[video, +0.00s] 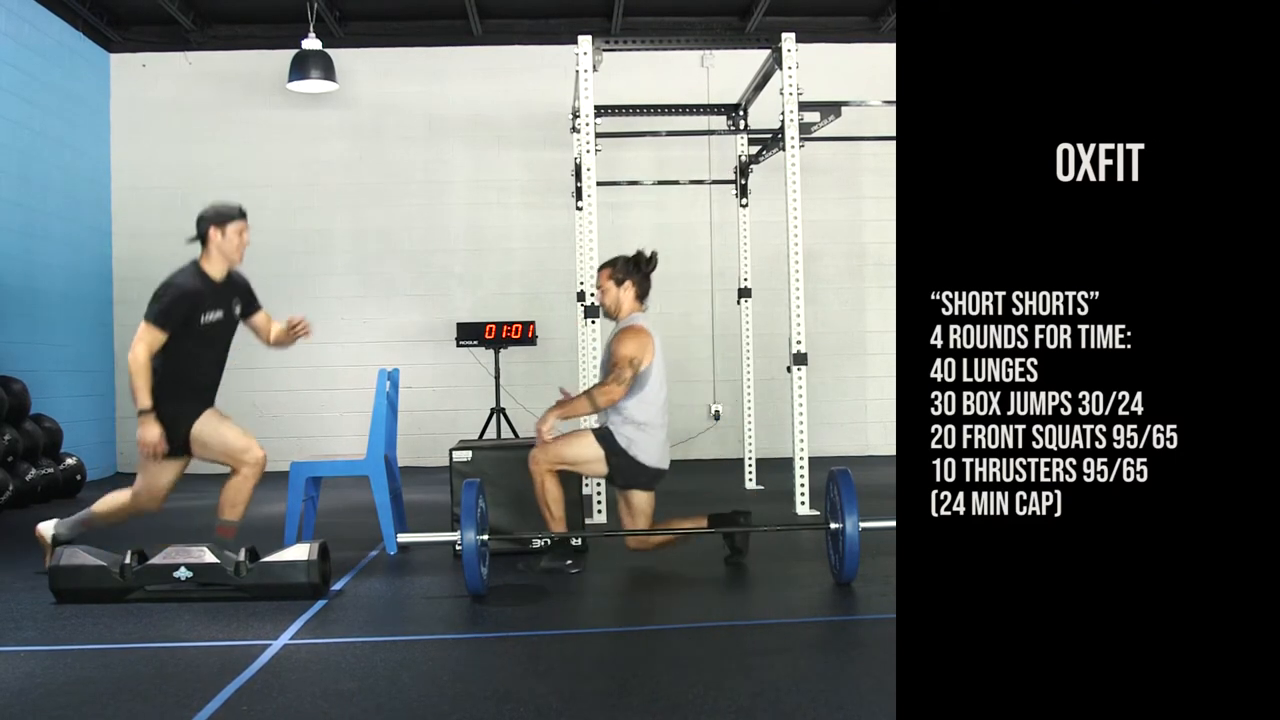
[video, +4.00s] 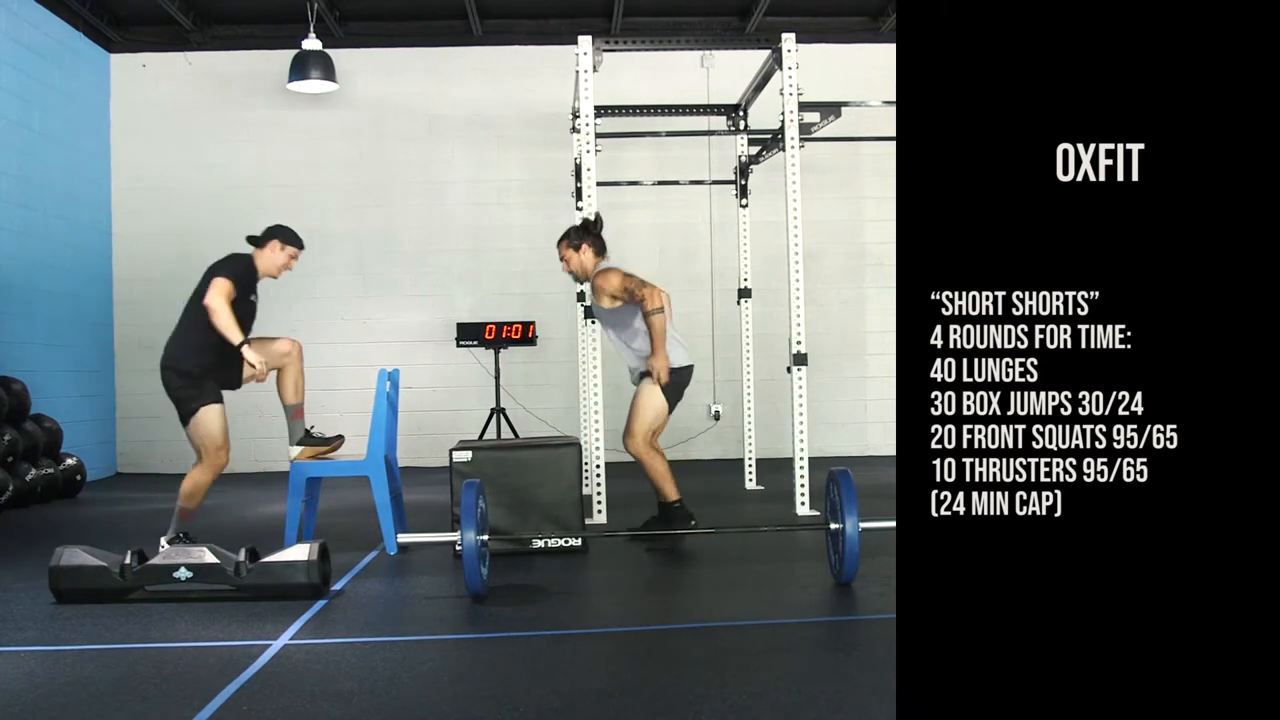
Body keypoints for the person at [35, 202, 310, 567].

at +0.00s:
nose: (246, 241)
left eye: (247, 234)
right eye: (240, 234)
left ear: (223, 238)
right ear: (214, 235)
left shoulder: (236, 286)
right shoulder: (181, 288)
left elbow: (268, 331)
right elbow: (139, 351)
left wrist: (287, 334)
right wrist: (146, 416)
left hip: (194, 407)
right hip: (171, 408)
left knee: (145, 499)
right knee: (250, 458)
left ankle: (57, 532)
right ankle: (222, 556)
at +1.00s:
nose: (284, 277)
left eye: (286, 270)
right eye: (282, 267)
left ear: (260, 264)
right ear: (258, 262)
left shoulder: (224, 299)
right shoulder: (235, 298)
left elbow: (180, 352)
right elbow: (233, 368)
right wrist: (284, 374)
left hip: (202, 417)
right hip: (172, 417)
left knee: (278, 453)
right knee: (137, 520)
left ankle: (246, 550)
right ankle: (22, 540)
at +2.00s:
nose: (281, 193)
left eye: (283, 185)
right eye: (276, 184)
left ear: (262, 184)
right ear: (250, 180)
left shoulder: (253, 229)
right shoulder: (222, 225)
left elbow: (255, 289)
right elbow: (182, 288)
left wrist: (295, 327)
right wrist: (198, 351)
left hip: (226, 351)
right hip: (200, 351)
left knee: (247, 445)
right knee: (224, 450)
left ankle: (241, 544)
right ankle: (227, 552)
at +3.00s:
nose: (217, 228)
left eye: (219, 220)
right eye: (215, 219)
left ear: (188, 215)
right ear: (194, 214)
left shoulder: (154, 247)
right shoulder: (174, 258)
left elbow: (129, 297)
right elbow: (145, 320)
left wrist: (181, 337)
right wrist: (194, 362)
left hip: (132, 371)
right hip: (153, 375)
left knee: (142, 464)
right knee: (196, 455)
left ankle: (87, 545)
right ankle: (222, 553)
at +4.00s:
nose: (291, 265)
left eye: (295, 259)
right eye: (290, 256)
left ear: (274, 249)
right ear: (272, 246)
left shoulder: (248, 281)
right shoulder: (237, 265)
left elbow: (226, 331)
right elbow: (214, 302)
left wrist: (250, 362)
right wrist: (244, 347)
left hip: (219, 364)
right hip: (190, 367)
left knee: (289, 350)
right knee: (215, 458)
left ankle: (300, 440)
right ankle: (175, 537)